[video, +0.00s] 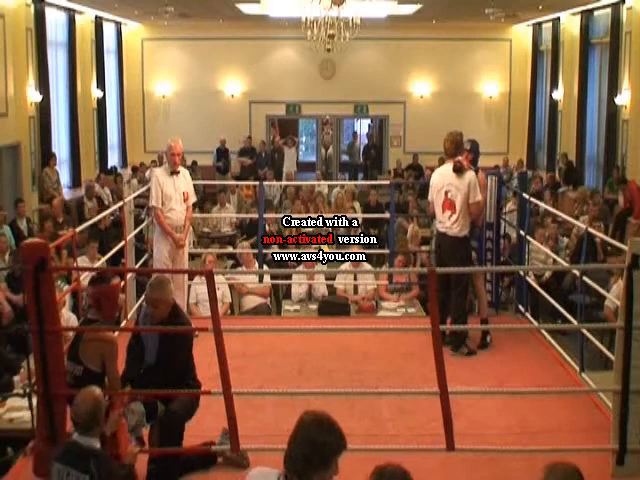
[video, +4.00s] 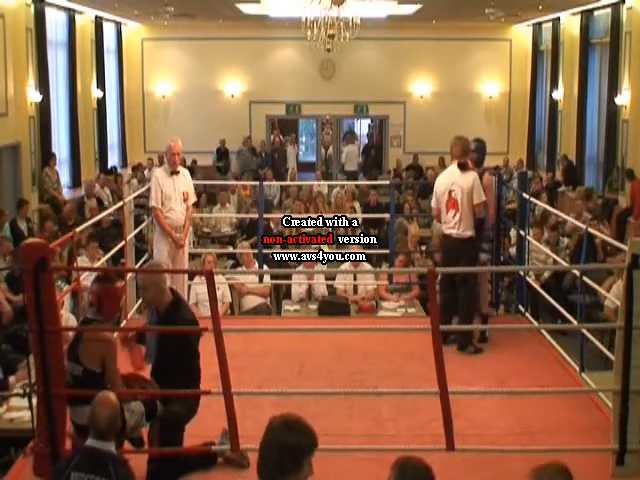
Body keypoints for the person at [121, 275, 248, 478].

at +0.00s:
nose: (152, 311)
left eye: (157, 307)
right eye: (149, 305)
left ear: (171, 303)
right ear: (145, 299)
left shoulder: (181, 326)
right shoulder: (143, 315)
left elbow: (170, 372)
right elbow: (133, 351)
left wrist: (138, 388)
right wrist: (127, 381)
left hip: (182, 389)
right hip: (151, 389)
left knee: (171, 417)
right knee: (164, 468)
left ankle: (158, 471)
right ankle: (216, 450)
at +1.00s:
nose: (145, 290)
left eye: (151, 284)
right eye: (145, 284)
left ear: (164, 286)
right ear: (142, 284)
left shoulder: (178, 319)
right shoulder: (146, 310)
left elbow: (173, 372)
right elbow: (137, 357)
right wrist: (128, 331)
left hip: (183, 390)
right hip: (157, 386)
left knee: (172, 416)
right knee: (155, 467)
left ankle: (217, 453)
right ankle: (214, 448)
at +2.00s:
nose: (149, 286)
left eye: (153, 280)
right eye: (147, 280)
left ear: (169, 280)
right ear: (146, 280)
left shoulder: (181, 319)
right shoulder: (158, 307)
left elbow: (169, 372)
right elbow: (149, 350)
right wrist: (133, 334)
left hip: (179, 395)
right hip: (160, 390)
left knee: (161, 469)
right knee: (159, 467)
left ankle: (217, 452)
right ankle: (215, 450)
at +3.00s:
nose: (146, 288)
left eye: (150, 282)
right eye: (145, 282)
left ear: (166, 282)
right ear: (148, 281)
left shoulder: (181, 319)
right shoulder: (154, 308)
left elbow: (185, 371)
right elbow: (144, 346)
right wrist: (135, 320)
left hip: (177, 398)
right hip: (160, 393)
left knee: (160, 469)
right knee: (160, 467)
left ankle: (217, 451)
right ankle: (215, 449)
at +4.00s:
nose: (141, 294)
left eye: (145, 288)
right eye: (140, 288)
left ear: (162, 287)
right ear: (157, 287)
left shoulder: (181, 321)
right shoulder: (159, 310)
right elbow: (155, 338)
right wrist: (136, 337)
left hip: (179, 400)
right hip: (163, 393)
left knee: (160, 470)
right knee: (160, 466)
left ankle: (217, 452)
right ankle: (215, 450)